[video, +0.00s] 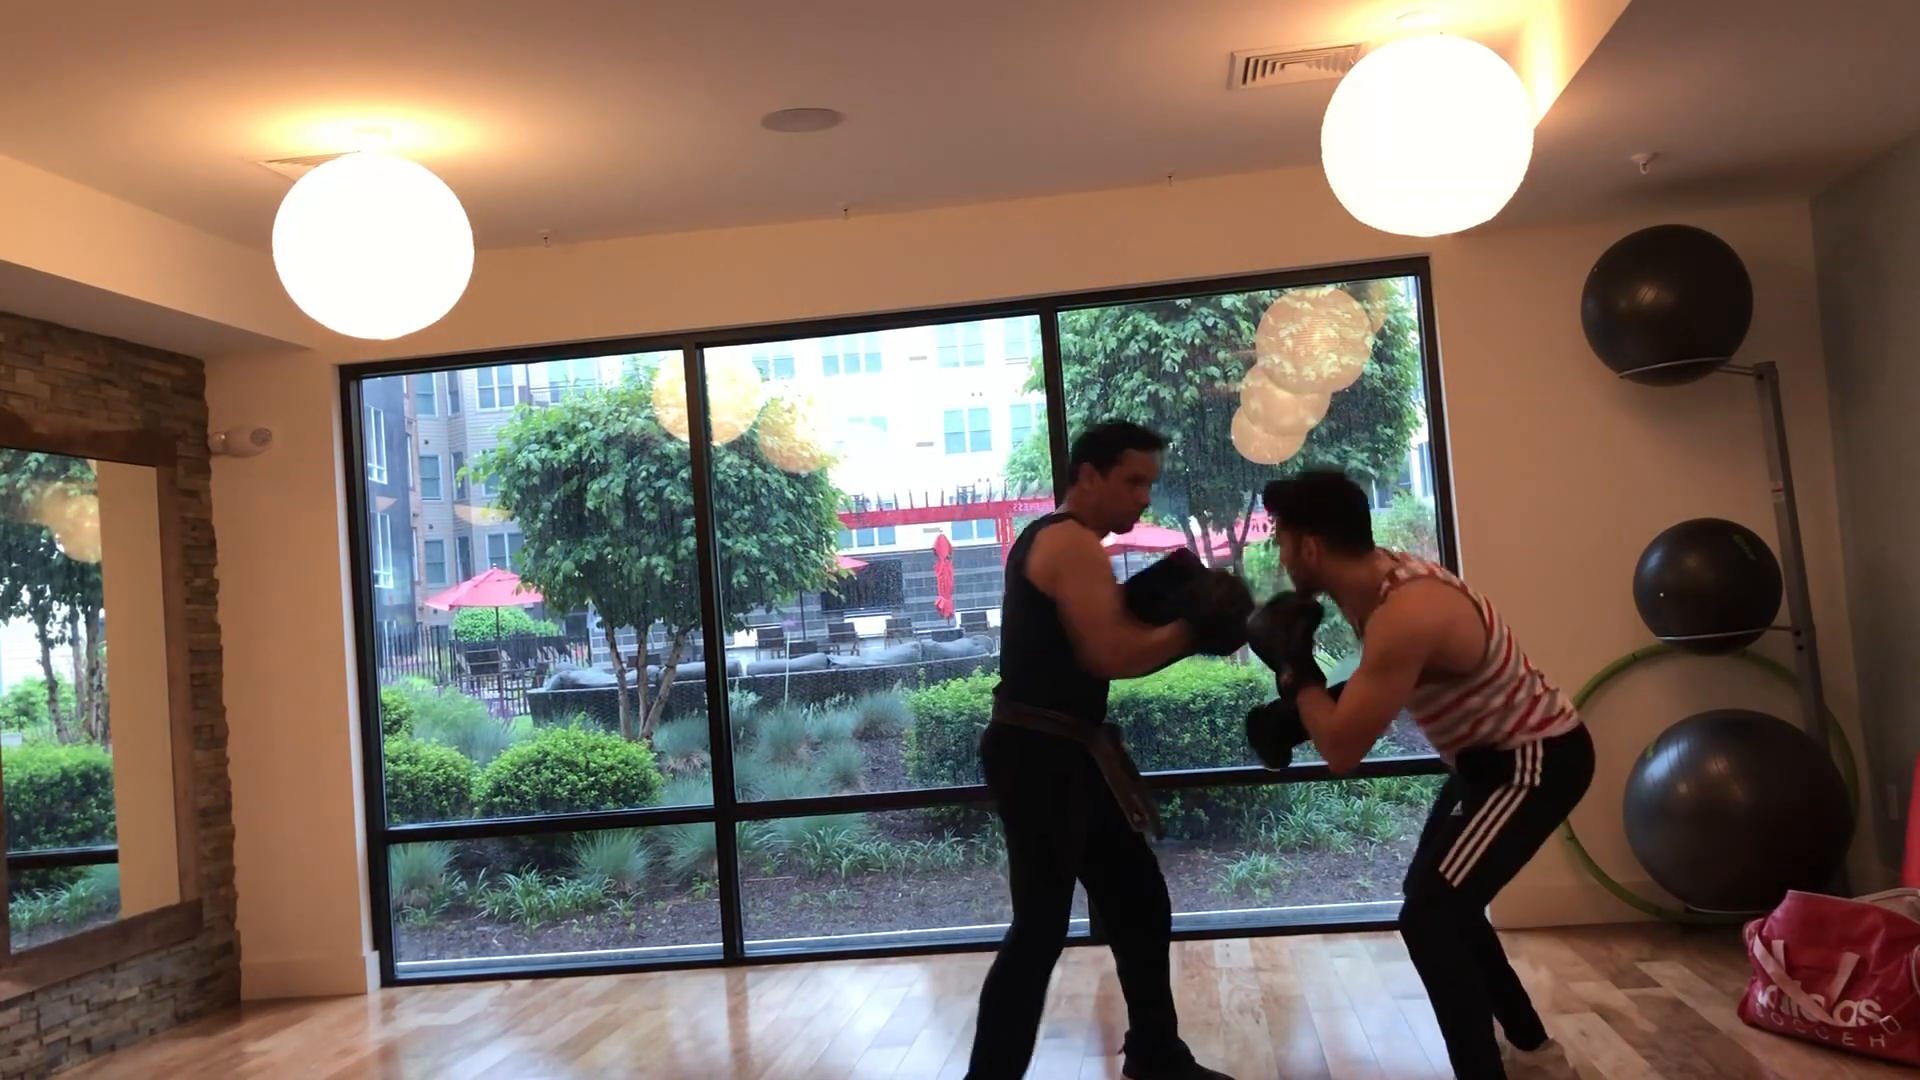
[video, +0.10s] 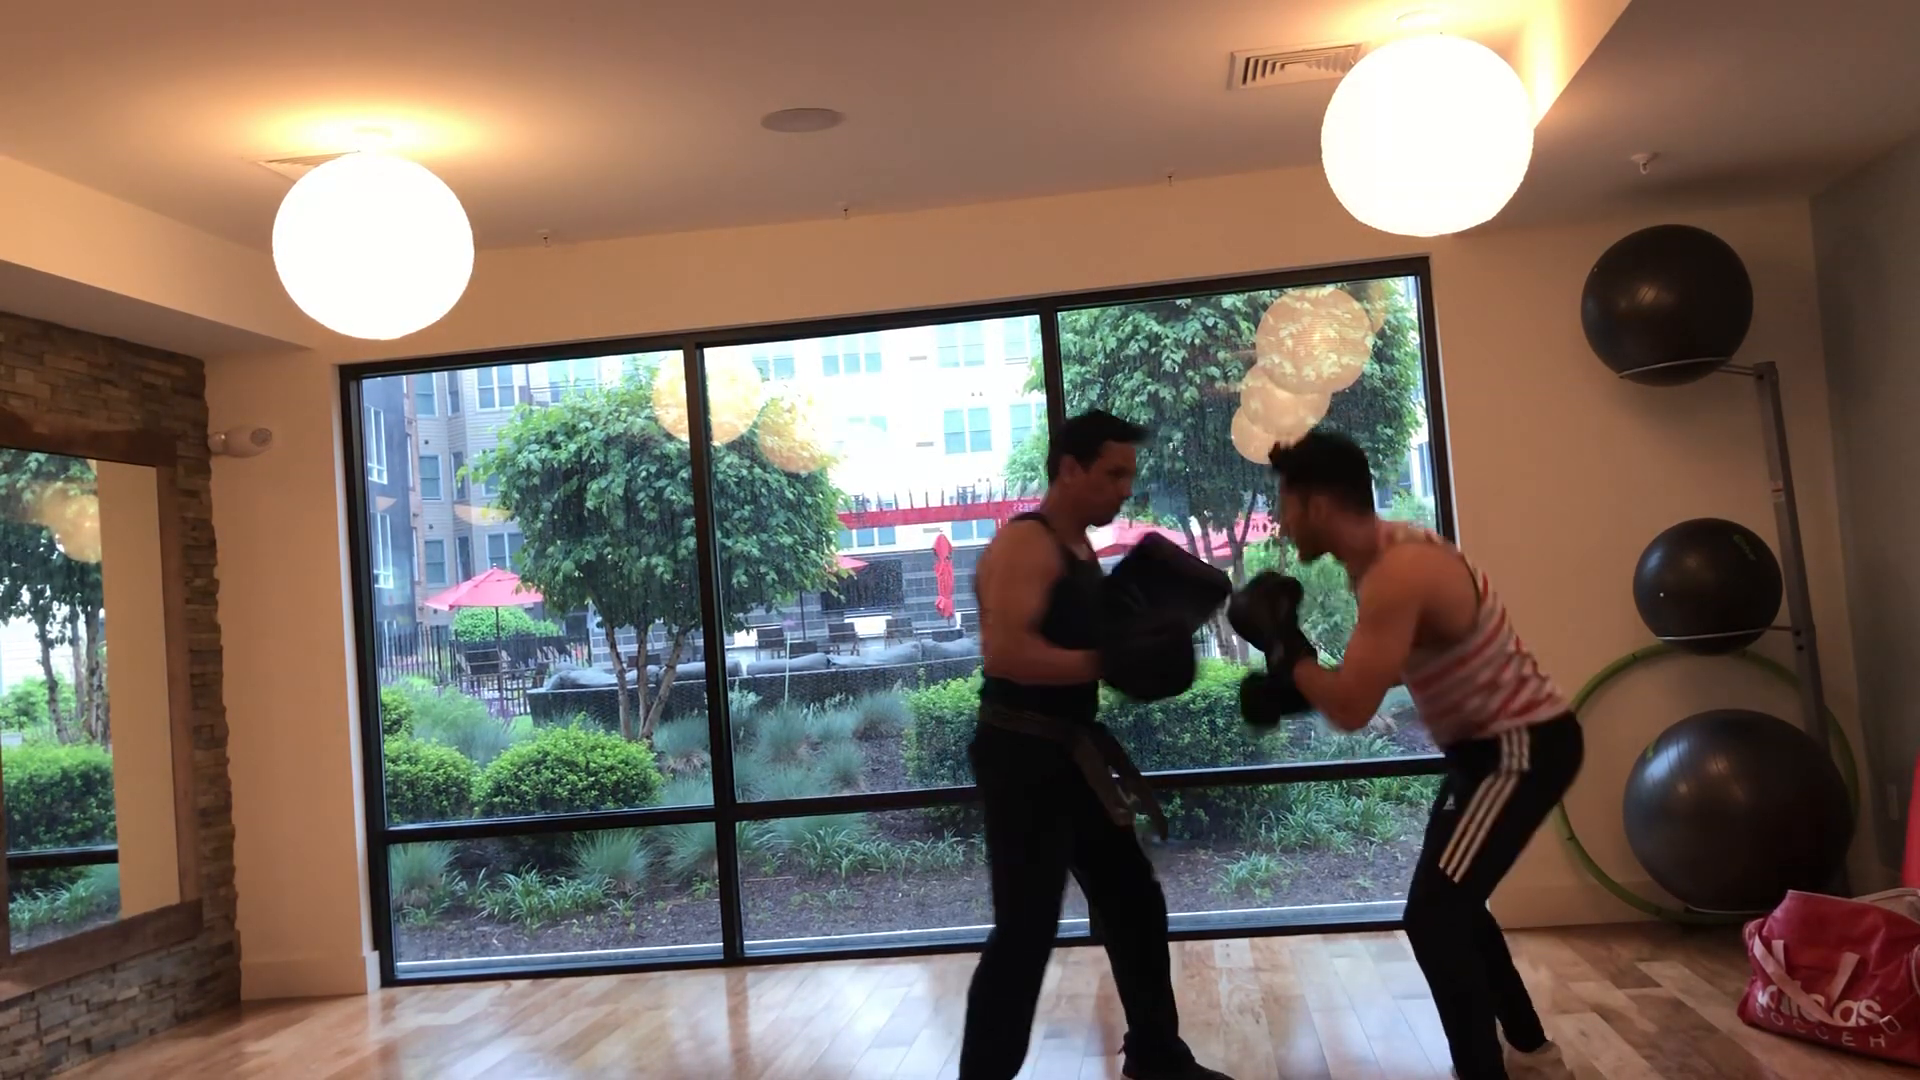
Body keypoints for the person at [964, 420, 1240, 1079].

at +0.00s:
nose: (1145, 499)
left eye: (1150, 485)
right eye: (1136, 484)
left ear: (1092, 483)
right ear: (1091, 478)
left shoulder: (1062, 540)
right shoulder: (1068, 545)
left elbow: (1100, 639)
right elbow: (1112, 656)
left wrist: (1165, 605)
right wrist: (1195, 629)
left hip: (1069, 746)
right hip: (1039, 752)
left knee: (1139, 900)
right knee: (1039, 926)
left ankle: (1155, 1050)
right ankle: (990, 1075)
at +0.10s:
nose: (1127, 489)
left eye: (1131, 476)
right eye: (1115, 474)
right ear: (1069, 470)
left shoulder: (1076, 547)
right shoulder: (1023, 543)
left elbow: (1088, 633)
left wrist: (1153, 614)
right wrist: (1108, 663)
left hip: (1072, 741)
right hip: (1020, 746)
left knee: (1133, 902)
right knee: (1025, 928)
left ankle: (1157, 1053)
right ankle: (983, 1074)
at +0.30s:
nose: (1100, 477)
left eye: (1101, 464)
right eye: (1090, 464)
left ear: (1049, 465)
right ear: (1041, 463)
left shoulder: (1081, 518)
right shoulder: (965, 536)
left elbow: (1161, 513)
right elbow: (908, 637)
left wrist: (1238, 483)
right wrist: (1009, 642)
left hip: (1044, 739)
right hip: (970, 744)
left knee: (1093, 902)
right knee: (970, 924)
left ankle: (1128, 1059)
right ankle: (970, 1072)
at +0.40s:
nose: (1093, 478)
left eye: (1094, 466)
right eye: (1084, 465)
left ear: (1044, 466)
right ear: (1035, 464)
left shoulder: (1076, 520)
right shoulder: (951, 536)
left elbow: (1169, 516)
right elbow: (903, 644)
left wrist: (1253, 490)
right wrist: (1001, 637)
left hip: (1045, 742)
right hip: (966, 747)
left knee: (1097, 904)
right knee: (962, 934)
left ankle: (1100, 1067)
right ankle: (965, 1072)